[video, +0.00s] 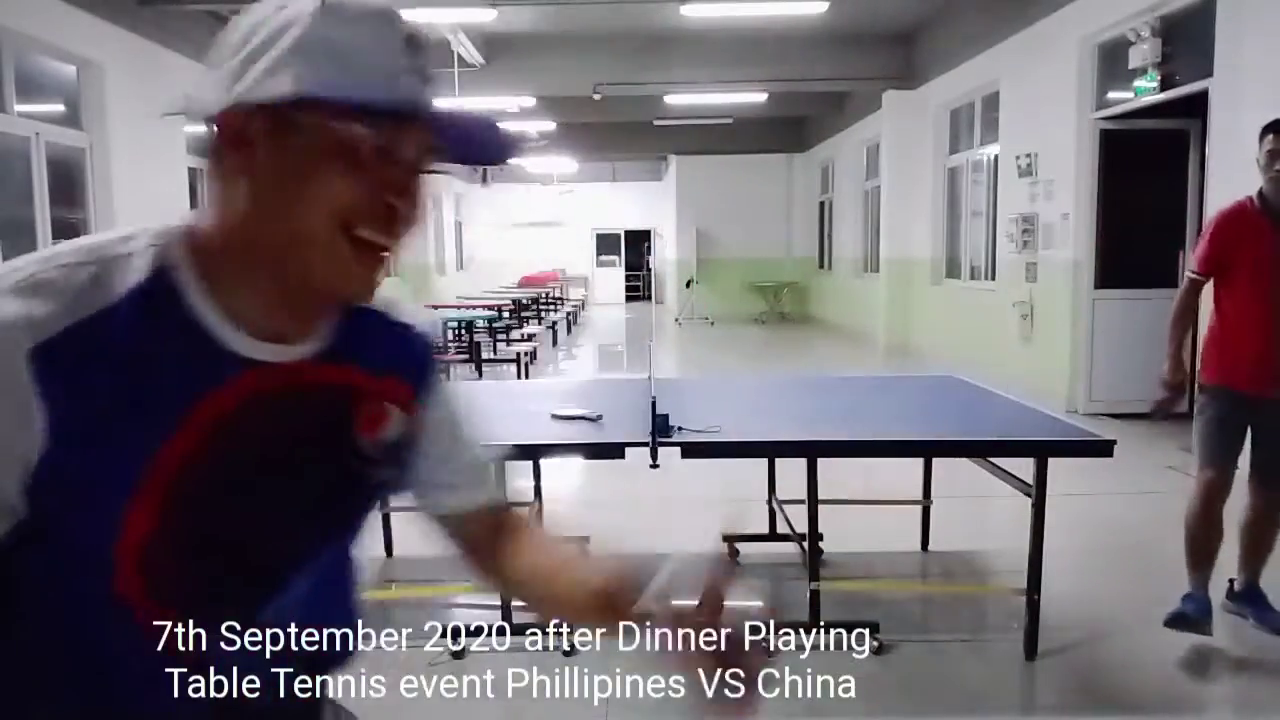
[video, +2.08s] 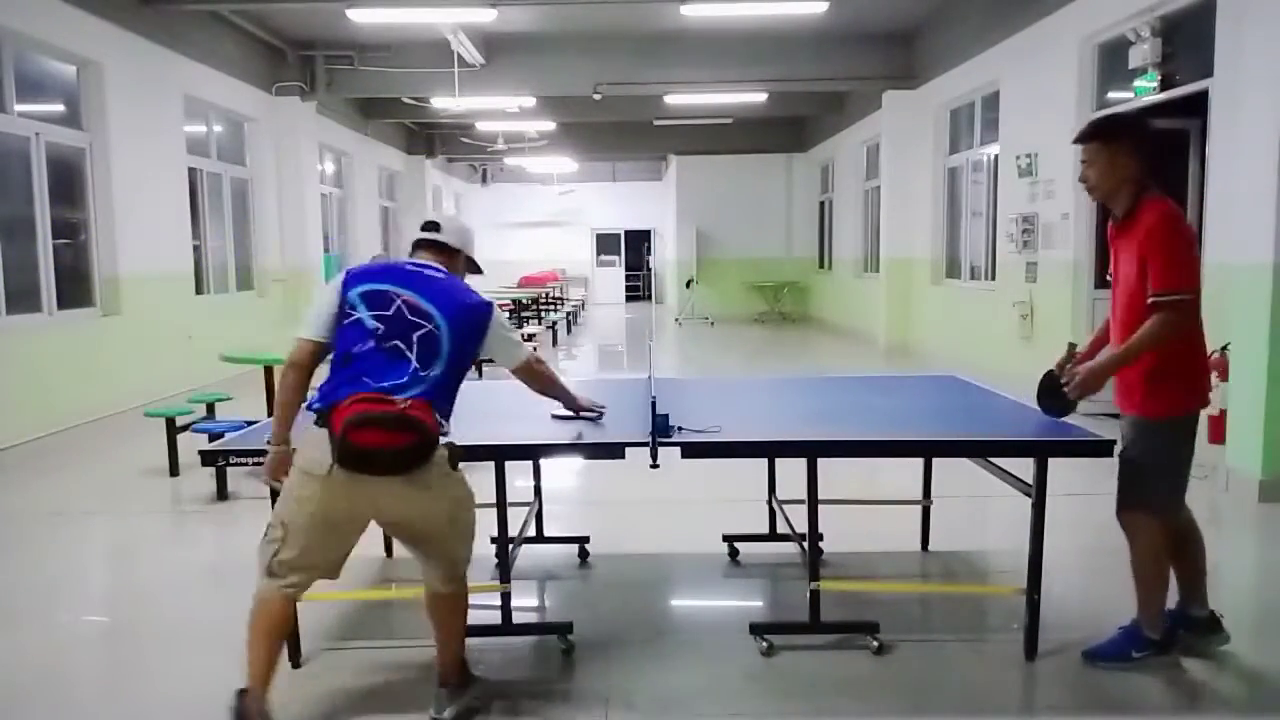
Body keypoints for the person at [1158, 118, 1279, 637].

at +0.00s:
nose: (1277, 160)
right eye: (1271, 153)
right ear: (1259, 160)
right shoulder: (1233, 221)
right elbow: (1189, 291)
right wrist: (1175, 362)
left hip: (1276, 387)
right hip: (1226, 380)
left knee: (1269, 497)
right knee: (1211, 484)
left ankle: (1245, 588)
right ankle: (1197, 595)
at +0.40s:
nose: (1235, 171)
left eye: (1248, 161)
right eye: (1229, 160)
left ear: (1272, 169)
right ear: (1219, 166)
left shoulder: (1277, 227)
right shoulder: (1195, 229)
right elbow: (1160, 298)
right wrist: (1149, 365)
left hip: (1260, 398)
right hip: (1193, 394)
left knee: (1255, 506)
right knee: (1185, 507)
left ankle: (1247, 586)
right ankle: (1195, 611)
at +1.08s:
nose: (1153, 169)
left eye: (1163, 159)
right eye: (1149, 161)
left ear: (1199, 158)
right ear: (1149, 166)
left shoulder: (1243, 226)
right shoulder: (1140, 230)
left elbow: (1264, 309)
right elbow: (1115, 300)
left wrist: (1276, 379)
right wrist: (1081, 347)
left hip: (1209, 399)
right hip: (1148, 395)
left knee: (1231, 516)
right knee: (1171, 509)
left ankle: (1257, 634)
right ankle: (1195, 614)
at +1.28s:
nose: (1132, 175)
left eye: (1142, 163)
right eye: (1129, 165)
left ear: (1182, 159)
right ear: (1134, 169)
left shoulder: (1232, 224)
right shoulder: (1133, 230)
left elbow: (1269, 297)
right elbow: (1114, 304)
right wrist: (1076, 352)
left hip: (1204, 395)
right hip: (1147, 392)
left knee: (1194, 510)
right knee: (1170, 509)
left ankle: (1201, 630)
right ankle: (1192, 614)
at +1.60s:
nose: (1111, 176)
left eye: (1120, 163)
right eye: (1108, 165)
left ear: (1155, 161)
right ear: (1120, 169)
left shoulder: (1206, 222)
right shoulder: (1123, 229)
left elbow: (1234, 305)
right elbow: (1112, 300)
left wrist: (1227, 381)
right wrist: (1072, 353)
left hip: (1194, 391)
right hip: (1142, 389)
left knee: (1160, 502)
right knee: (1161, 504)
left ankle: (1153, 628)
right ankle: (1196, 615)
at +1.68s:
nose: (1105, 176)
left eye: (1114, 164)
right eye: (1103, 165)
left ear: (1150, 161)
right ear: (1115, 168)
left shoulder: (1196, 222)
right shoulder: (1122, 226)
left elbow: (1214, 310)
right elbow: (1115, 300)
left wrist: (1183, 382)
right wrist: (1075, 354)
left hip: (1184, 395)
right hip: (1140, 394)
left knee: (1147, 506)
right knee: (1168, 508)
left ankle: (1150, 630)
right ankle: (1197, 614)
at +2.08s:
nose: (1082, 175)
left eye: (1090, 163)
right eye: (1081, 164)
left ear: (1126, 162)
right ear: (1110, 167)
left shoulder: (1162, 223)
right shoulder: (1121, 226)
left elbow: (1173, 315)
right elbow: (1128, 309)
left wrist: (1102, 369)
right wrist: (1088, 347)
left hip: (1166, 396)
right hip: (1147, 394)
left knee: (1137, 510)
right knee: (1165, 506)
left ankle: (1150, 629)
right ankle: (1197, 614)